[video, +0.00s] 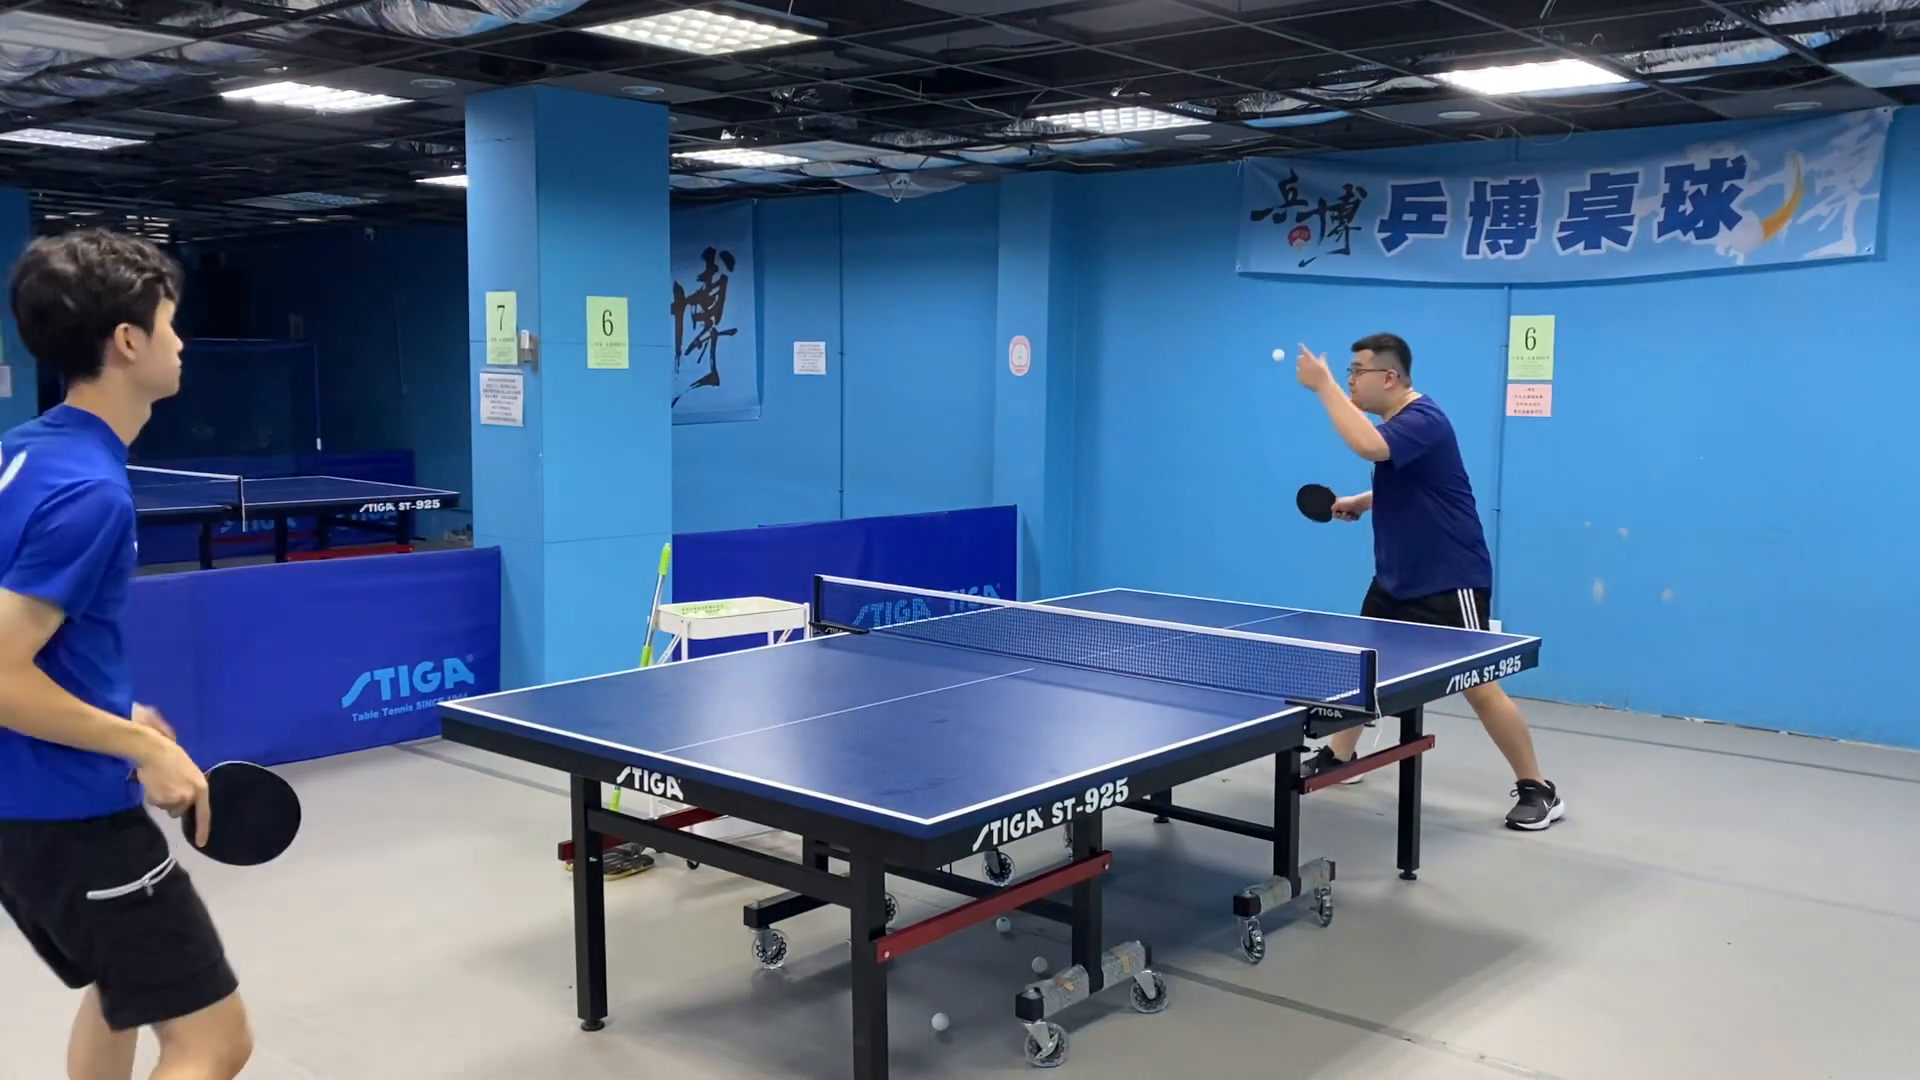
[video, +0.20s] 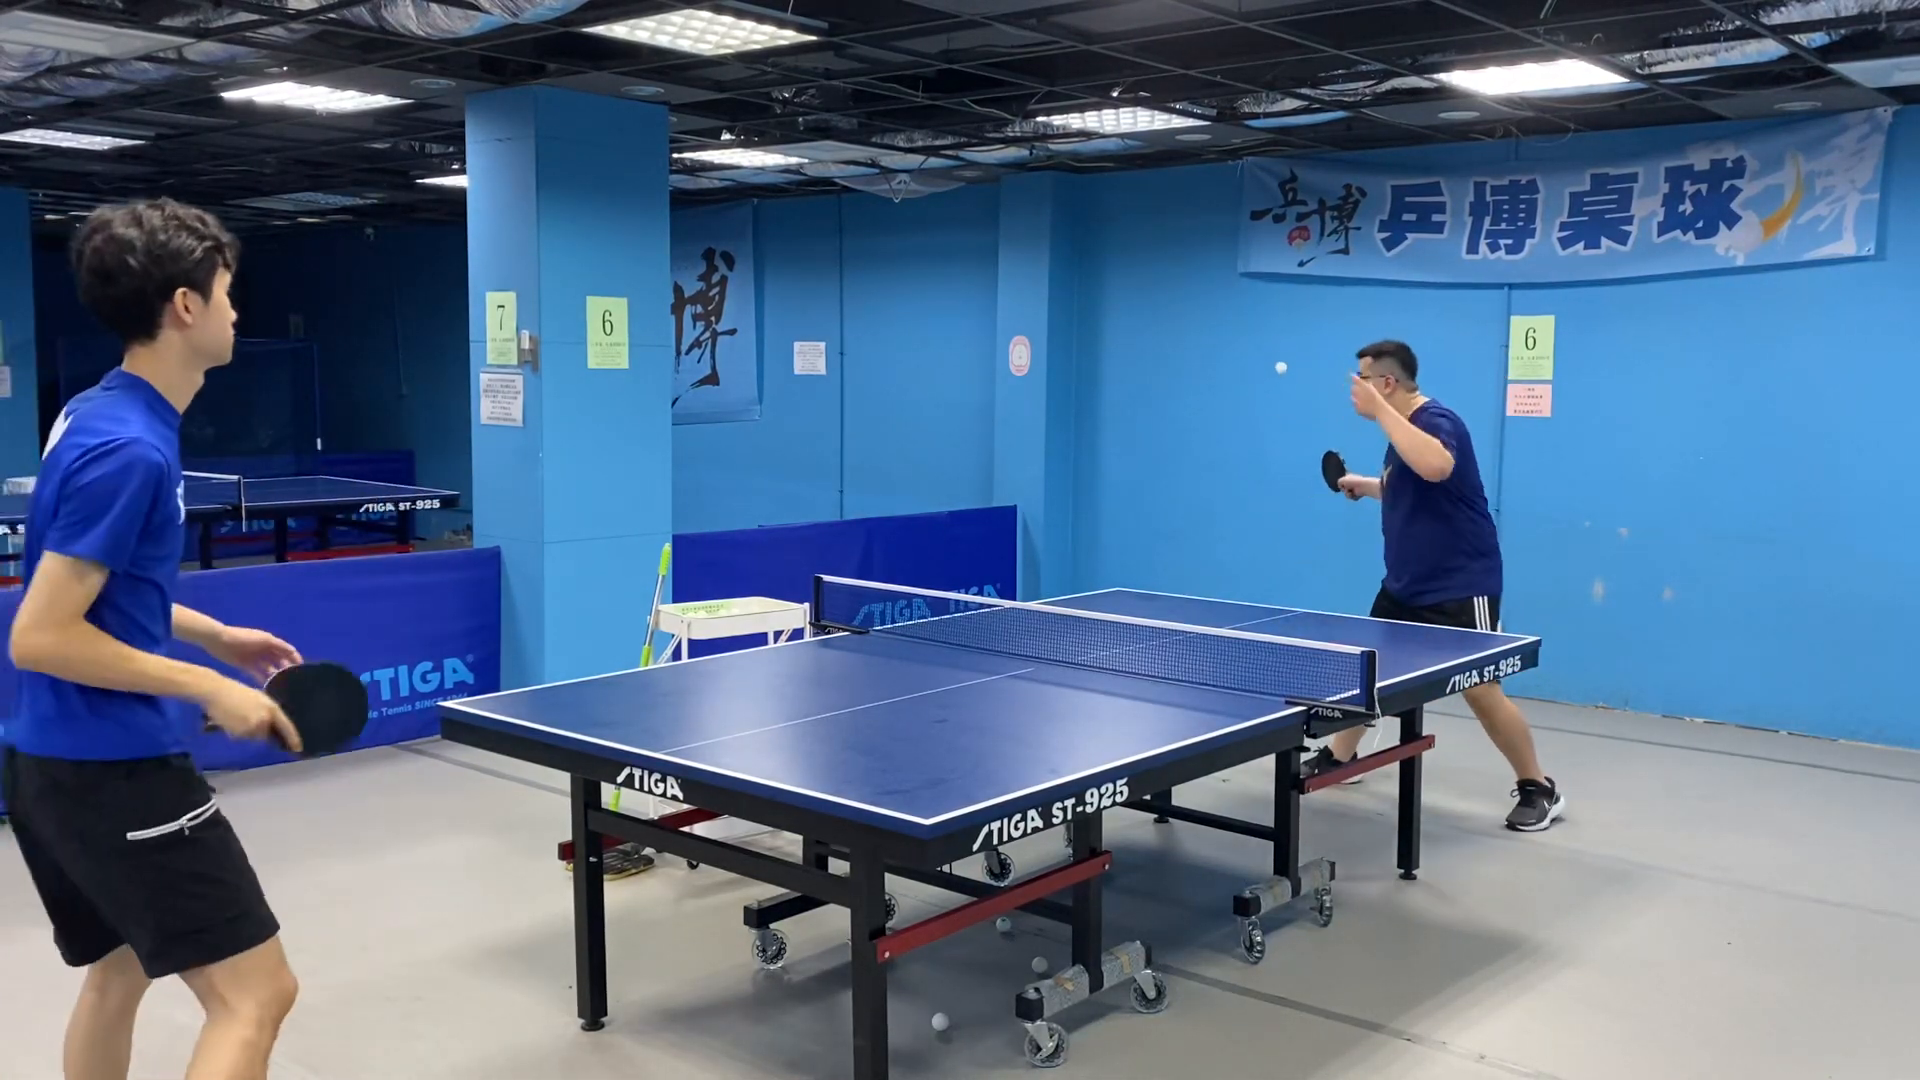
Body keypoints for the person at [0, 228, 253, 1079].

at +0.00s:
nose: (181, 346)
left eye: (176, 325)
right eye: (171, 326)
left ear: (104, 342)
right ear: (126, 343)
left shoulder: (30, 449)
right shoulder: (92, 490)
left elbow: (34, 657)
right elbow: (7, 679)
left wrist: (127, 718)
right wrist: (137, 748)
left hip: (28, 811)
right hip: (80, 819)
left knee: (115, 994)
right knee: (215, 1039)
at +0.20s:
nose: (235, 313)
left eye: (231, 292)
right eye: (226, 293)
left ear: (165, 309)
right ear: (184, 307)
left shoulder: (99, 417)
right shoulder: (130, 448)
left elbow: (107, 597)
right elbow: (41, 636)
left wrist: (223, 640)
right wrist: (208, 689)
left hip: (51, 758)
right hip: (116, 767)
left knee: (118, 966)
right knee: (255, 993)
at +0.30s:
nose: (261, 321)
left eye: (258, 301)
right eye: (253, 300)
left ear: (183, 311)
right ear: (210, 311)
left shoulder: (115, 422)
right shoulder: (158, 456)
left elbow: (133, 599)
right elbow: (107, 659)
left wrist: (245, 647)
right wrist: (263, 687)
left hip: (83, 767)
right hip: (151, 778)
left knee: (124, 968)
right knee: (258, 1003)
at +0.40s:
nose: (287, 337)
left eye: (285, 316)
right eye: (281, 315)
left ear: (201, 321)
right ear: (240, 324)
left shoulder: (129, 429)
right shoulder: (188, 475)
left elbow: (81, 595)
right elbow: (188, 680)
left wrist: (242, 674)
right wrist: (321, 679)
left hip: (114, 779)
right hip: (190, 792)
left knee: (171, 961)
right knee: (287, 1008)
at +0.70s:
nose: (379, 355)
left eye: (382, 334)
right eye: (378, 334)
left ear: (284, 330)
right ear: (336, 338)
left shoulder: (205, 420)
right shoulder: (268, 487)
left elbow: (114, 569)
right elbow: (292, 688)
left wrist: (219, 635)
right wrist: (442, 672)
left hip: (162, 750)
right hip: (221, 776)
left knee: (255, 996)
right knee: (298, 1011)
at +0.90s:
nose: (423, 386)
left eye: (427, 367)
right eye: (421, 366)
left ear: (355, 357)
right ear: (375, 363)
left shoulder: (261, 433)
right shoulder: (272, 489)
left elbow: (170, 568)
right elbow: (240, 694)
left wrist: (275, 681)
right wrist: (395, 750)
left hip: (192, 754)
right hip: (212, 774)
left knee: (279, 986)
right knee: (303, 1009)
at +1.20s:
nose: (422, 393)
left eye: (426, 375)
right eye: (418, 372)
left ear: (358, 363)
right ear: (367, 367)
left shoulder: (261, 430)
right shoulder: (284, 478)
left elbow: (179, 569)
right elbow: (287, 657)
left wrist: (278, 675)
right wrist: (443, 655)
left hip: (218, 738)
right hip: (204, 755)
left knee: (306, 914)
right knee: (275, 1001)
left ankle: (254, 1061)